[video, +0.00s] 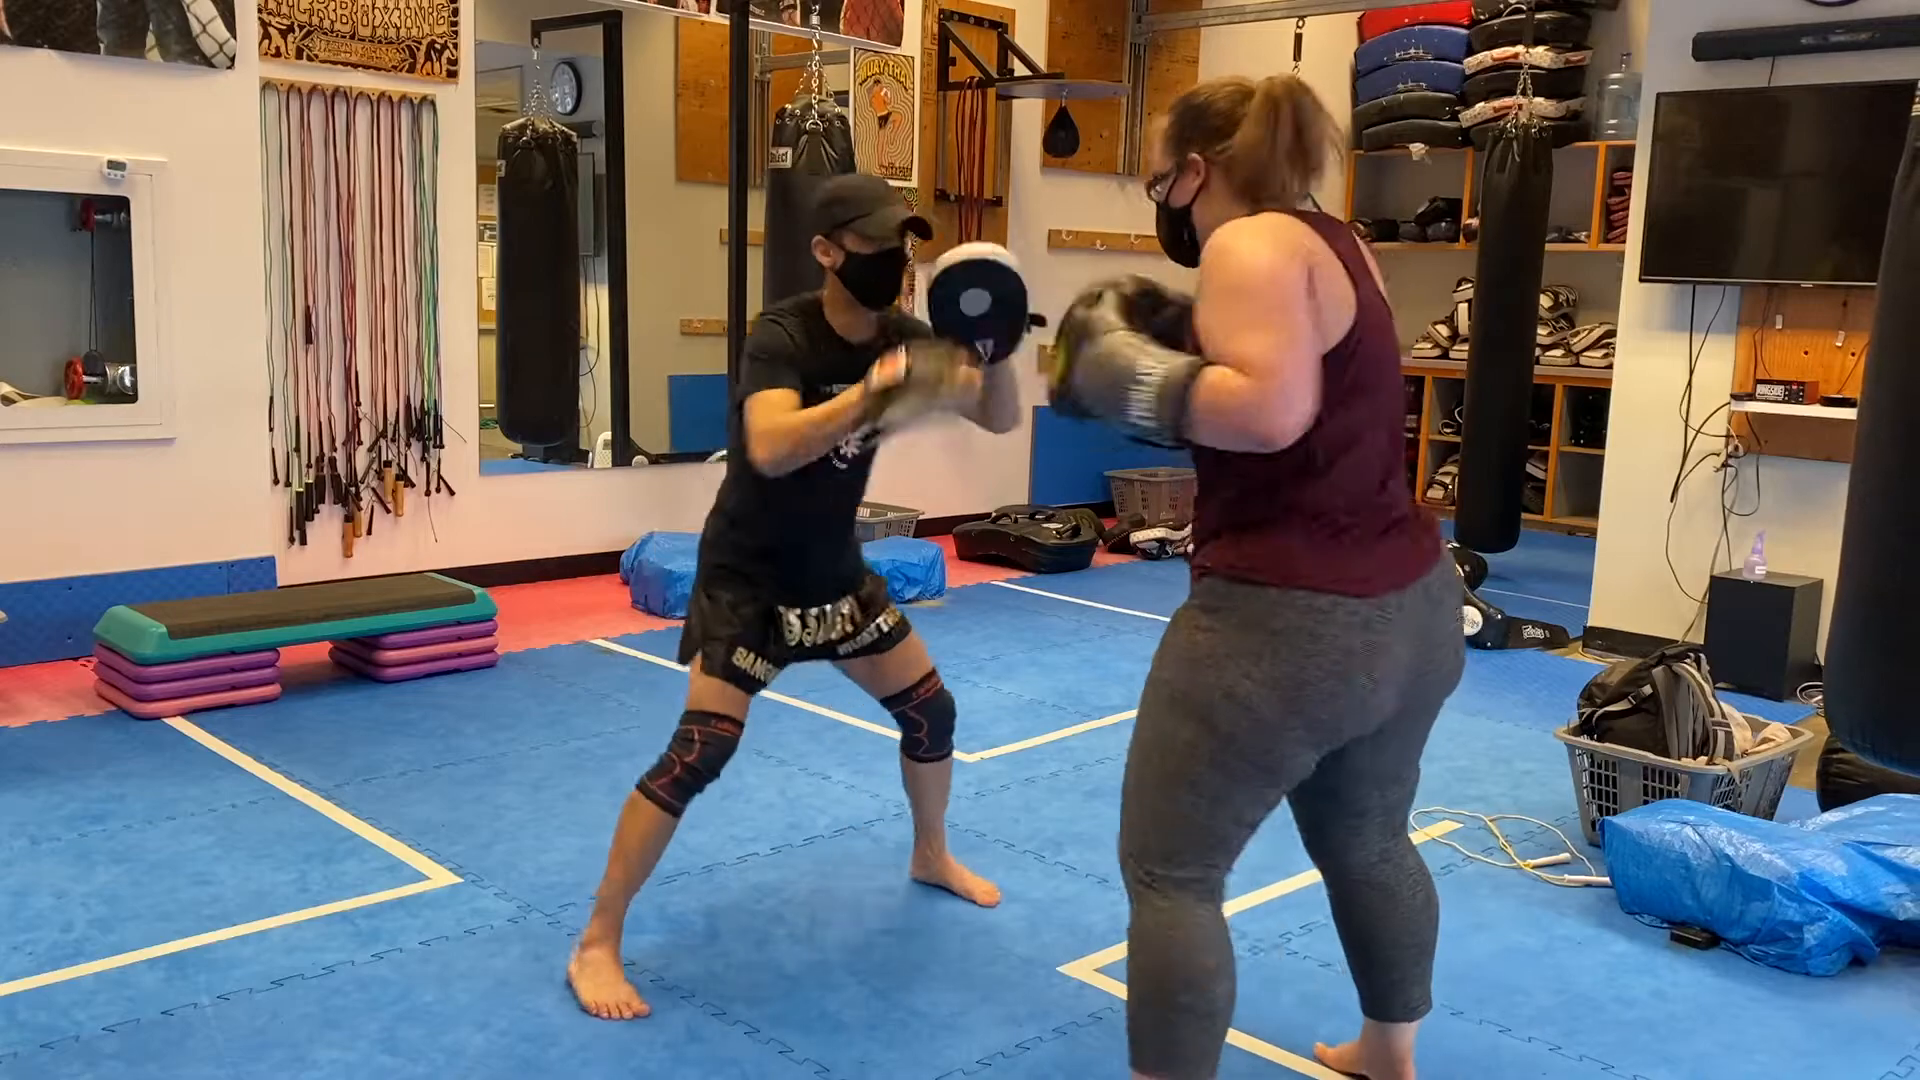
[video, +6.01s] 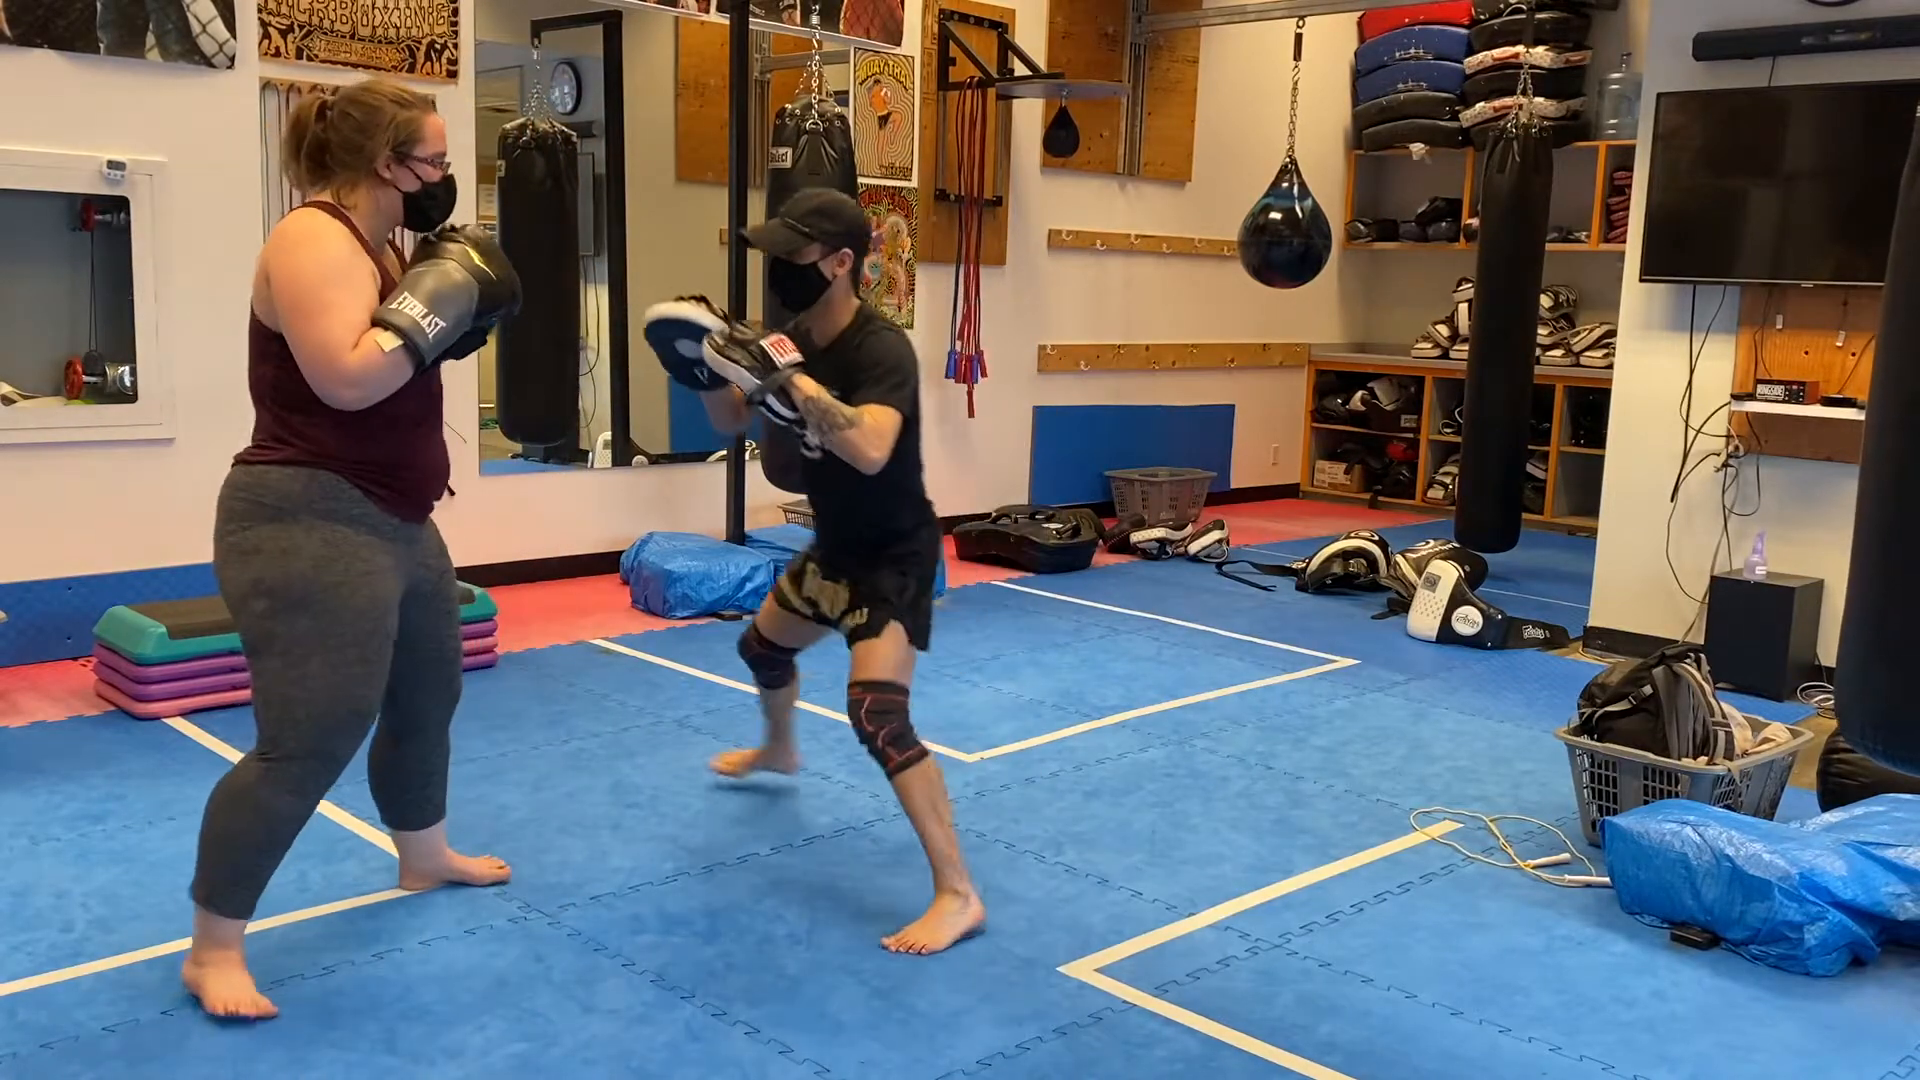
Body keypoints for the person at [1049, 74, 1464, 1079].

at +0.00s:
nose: (1162, 200)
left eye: (1165, 180)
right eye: (1159, 182)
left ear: (1201, 168)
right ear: (1287, 161)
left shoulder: (1250, 247)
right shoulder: (1338, 243)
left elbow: (1270, 409)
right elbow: (1291, 362)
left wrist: (1134, 381)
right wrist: (1186, 315)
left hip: (1281, 624)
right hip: (1412, 608)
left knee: (1174, 874)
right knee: (1366, 836)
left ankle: (1169, 1068)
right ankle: (1389, 1051)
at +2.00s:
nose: (840, 185)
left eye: (844, 172)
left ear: (856, 181)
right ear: (971, 180)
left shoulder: (786, 276)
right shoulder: (1023, 289)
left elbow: (696, 419)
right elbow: (1086, 453)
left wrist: (666, 357)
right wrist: (997, 380)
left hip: (762, 662)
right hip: (952, 669)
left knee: (660, 877)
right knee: (1037, 923)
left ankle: (570, 1064)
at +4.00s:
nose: (583, 171)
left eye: (582, 151)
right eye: (569, 152)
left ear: (506, 162)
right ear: (514, 162)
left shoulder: (498, 271)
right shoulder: (433, 272)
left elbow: (589, 291)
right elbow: (513, 456)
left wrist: (681, 263)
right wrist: (600, 358)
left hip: (465, 629)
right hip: (399, 638)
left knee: (510, 790)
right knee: (411, 952)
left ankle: (444, 997)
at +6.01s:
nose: (441, 176)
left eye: (440, 163)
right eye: (432, 163)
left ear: (385, 164)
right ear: (384, 163)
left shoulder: (385, 244)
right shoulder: (312, 240)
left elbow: (405, 356)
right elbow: (346, 377)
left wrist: (456, 291)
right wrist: (434, 306)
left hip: (398, 517)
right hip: (309, 517)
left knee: (427, 688)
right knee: (311, 735)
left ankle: (425, 854)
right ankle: (215, 946)